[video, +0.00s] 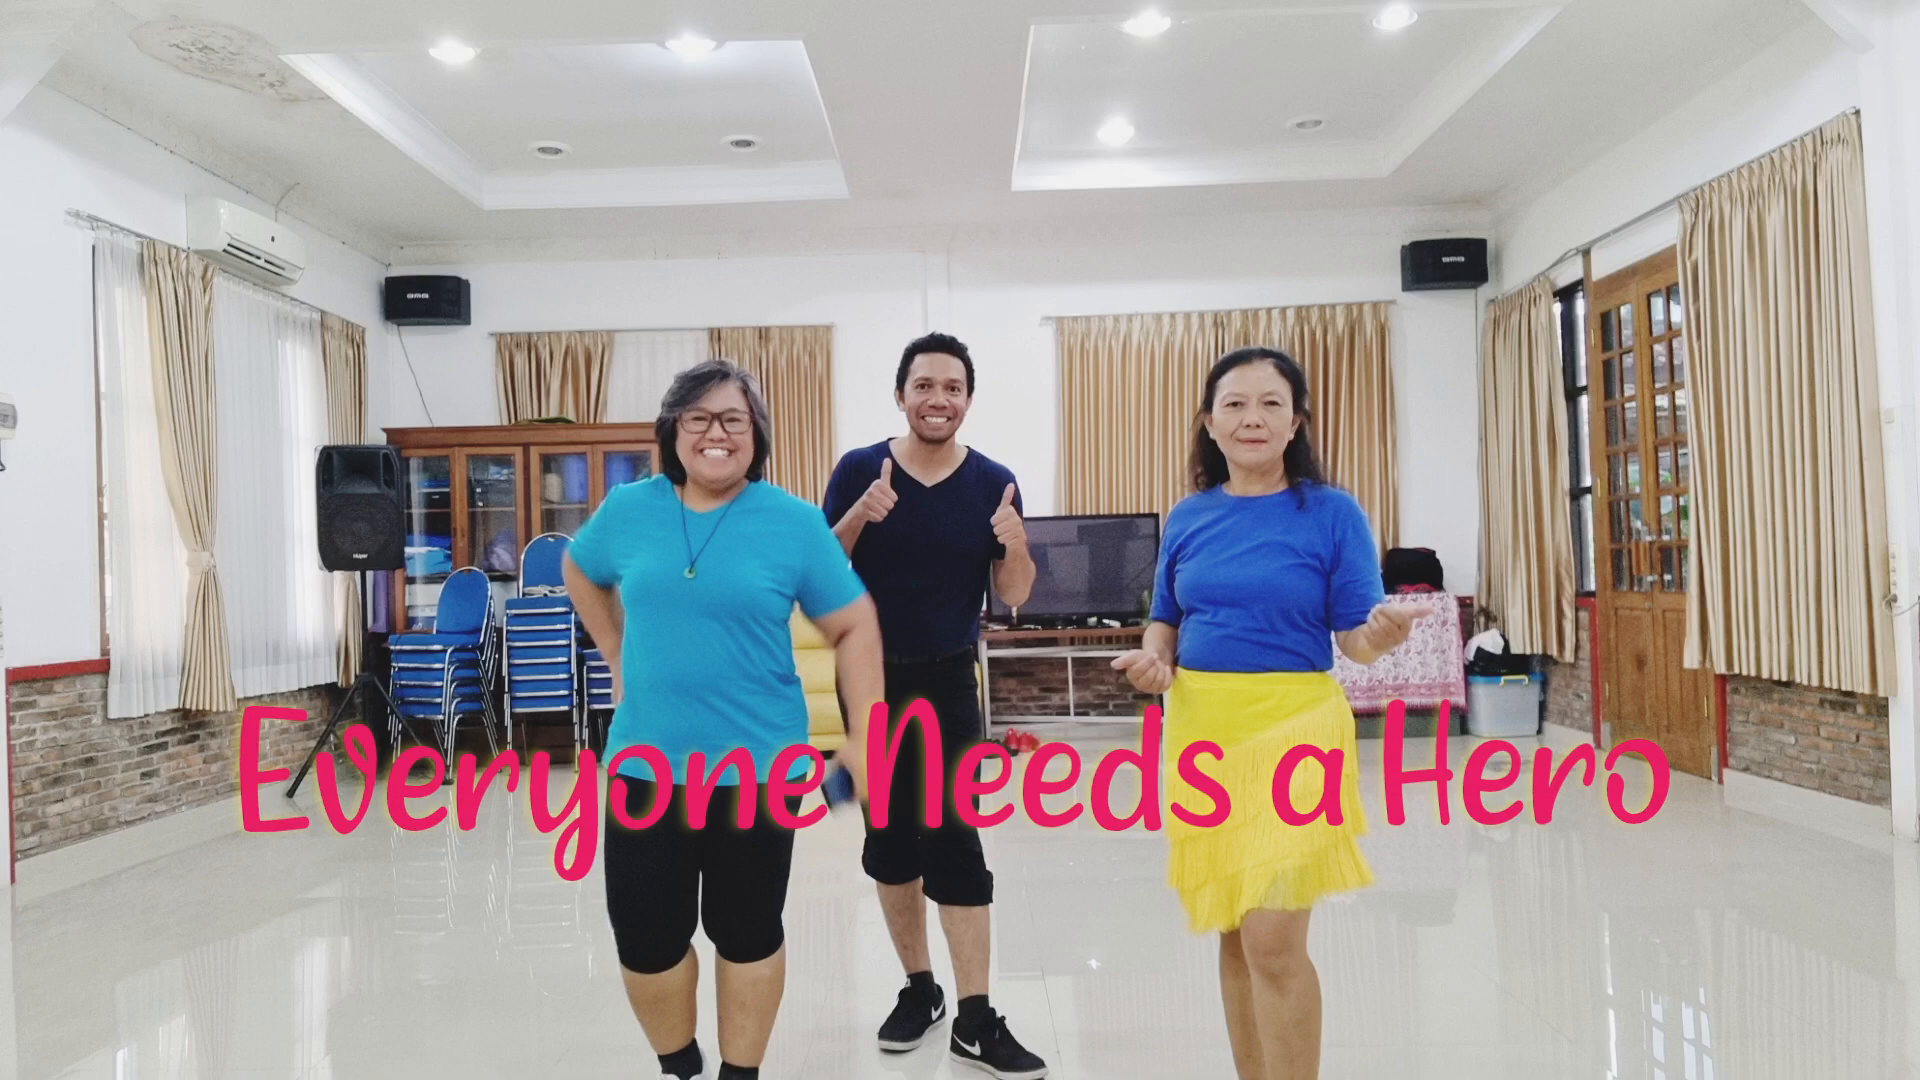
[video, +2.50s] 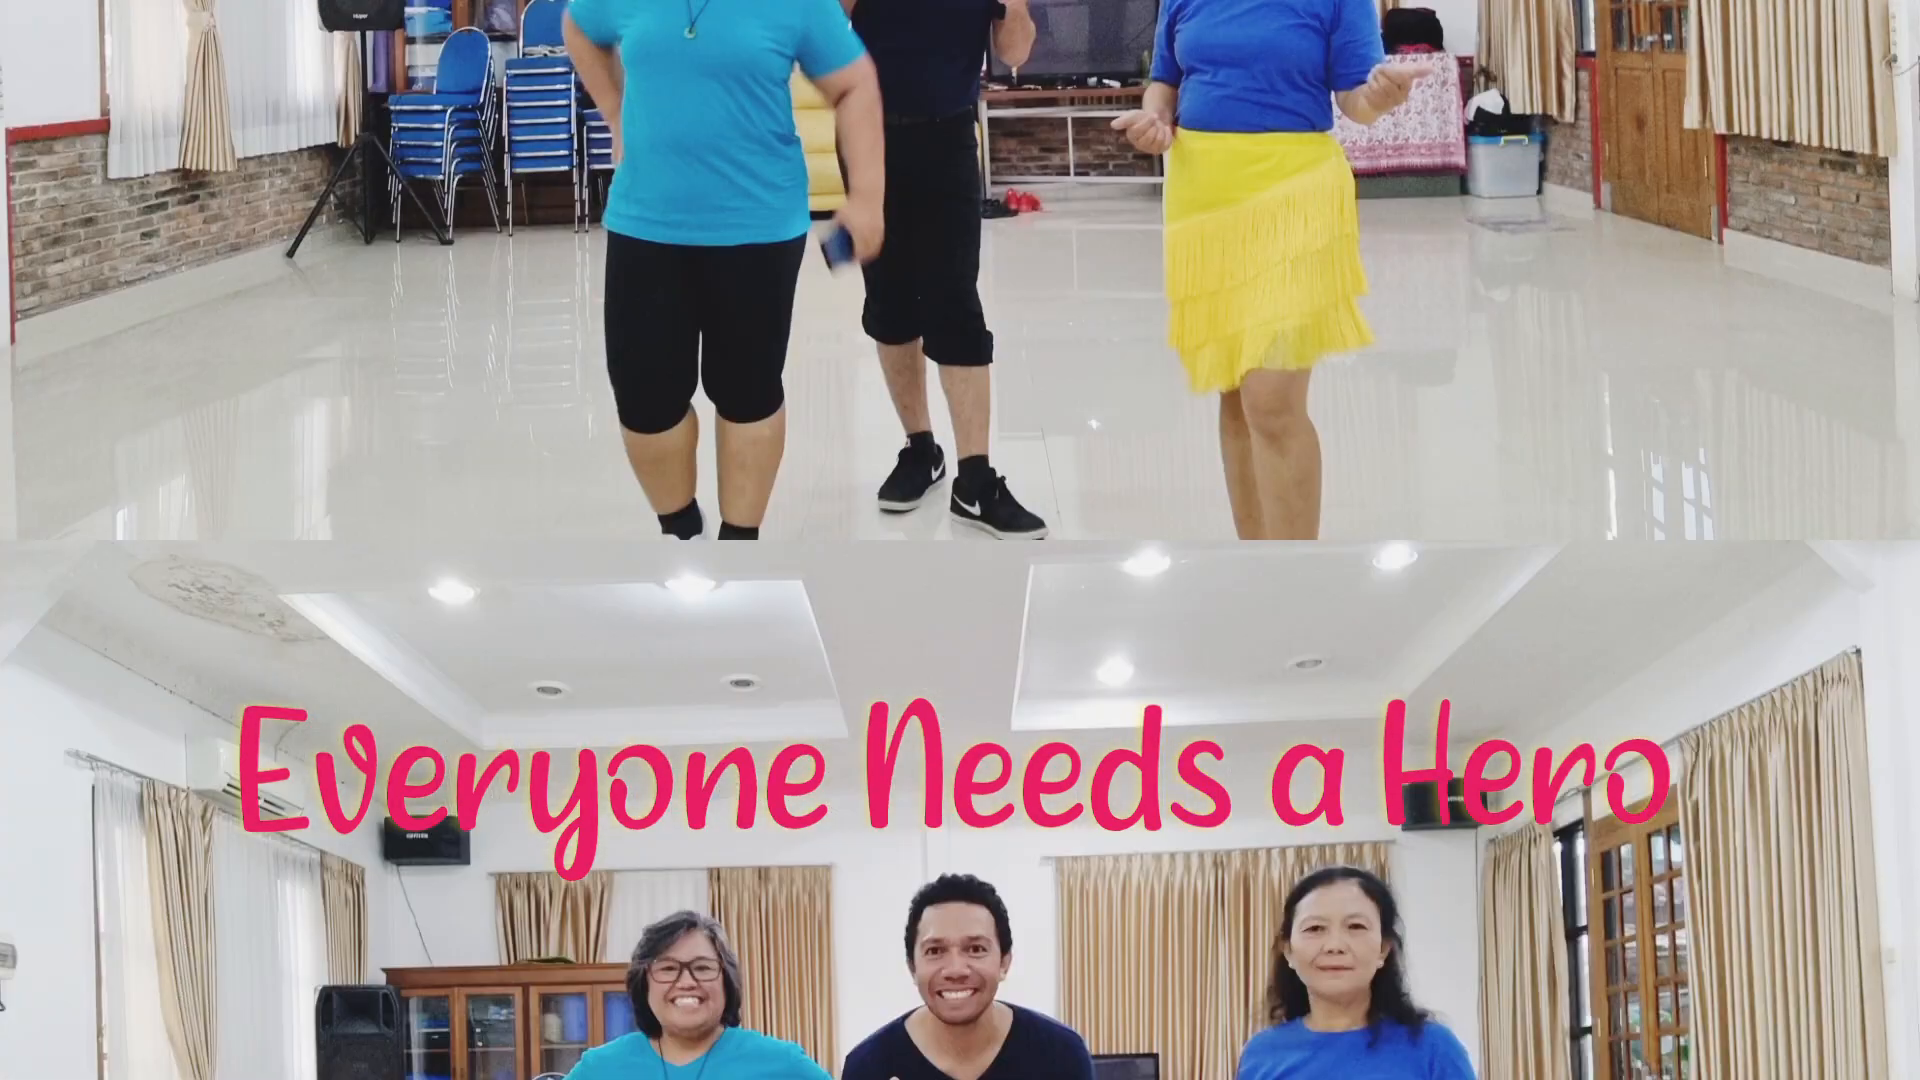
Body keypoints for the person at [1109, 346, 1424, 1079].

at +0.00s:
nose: (1252, 418)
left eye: (1270, 404)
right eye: (1234, 404)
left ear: (1295, 421)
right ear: (1210, 421)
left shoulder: (1333, 512)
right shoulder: (1186, 517)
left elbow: (1356, 643)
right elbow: (1163, 628)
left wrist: (1380, 635)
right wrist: (1151, 660)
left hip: (1297, 723)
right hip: (1204, 724)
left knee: (1272, 941)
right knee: (1237, 941)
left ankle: (1296, 1077)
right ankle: (1254, 1078)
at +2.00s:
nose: (1252, 418)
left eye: (1270, 404)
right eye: (1234, 404)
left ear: (1295, 421)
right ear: (1210, 421)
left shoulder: (1333, 512)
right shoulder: (1186, 517)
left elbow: (1356, 643)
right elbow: (1163, 628)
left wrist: (1380, 635)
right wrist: (1151, 660)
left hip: (1297, 723)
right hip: (1204, 724)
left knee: (1272, 941)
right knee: (1237, 941)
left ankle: (1296, 1077)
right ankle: (1254, 1078)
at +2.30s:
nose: (1252, 302)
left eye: (1270, 287)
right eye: (1234, 288)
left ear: (1295, 304)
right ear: (1210, 305)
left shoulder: (1333, 396)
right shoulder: (1186, 401)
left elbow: (1356, 526)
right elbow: (1163, 508)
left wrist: (1380, 516)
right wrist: (1150, 542)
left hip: (1295, 607)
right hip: (1202, 608)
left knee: (1272, 817)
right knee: (1233, 818)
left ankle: (1296, 1004)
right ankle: (1259, 997)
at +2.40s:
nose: (1252, 141)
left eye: (1270, 127)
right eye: (1235, 128)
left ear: (1296, 143)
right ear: (1210, 145)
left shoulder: (1333, 236)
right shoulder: (1186, 241)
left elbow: (1357, 367)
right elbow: (1163, 346)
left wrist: (1381, 357)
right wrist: (1152, 381)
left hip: (1295, 446)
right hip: (1202, 449)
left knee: (1271, 663)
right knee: (1236, 663)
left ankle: (1304, 836)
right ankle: (1255, 830)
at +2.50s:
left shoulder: (1339, 1)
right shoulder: (1183, 3)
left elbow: (1355, 100)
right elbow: (1164, 78)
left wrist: (1384, 93)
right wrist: (1154, 117)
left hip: (1294, 179)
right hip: (1204, 182)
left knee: (1271, 400)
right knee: (1237, 400)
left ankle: (1295, 587)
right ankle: (1257, 577)